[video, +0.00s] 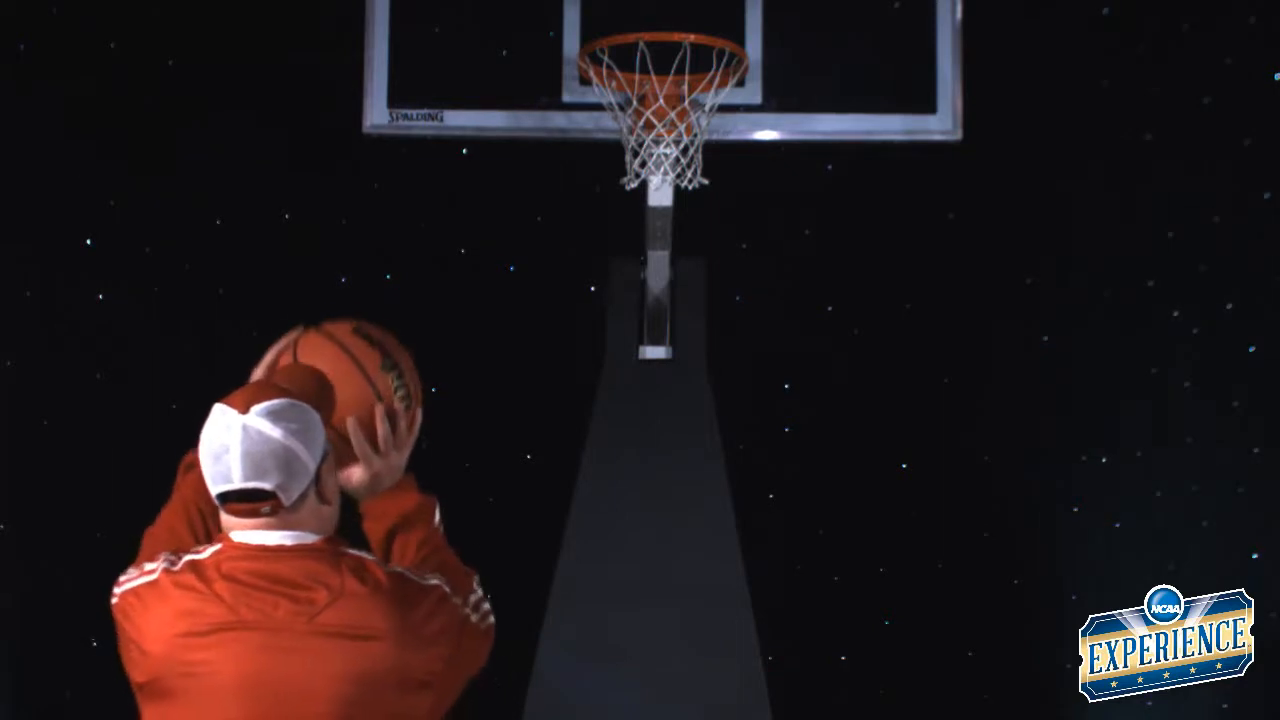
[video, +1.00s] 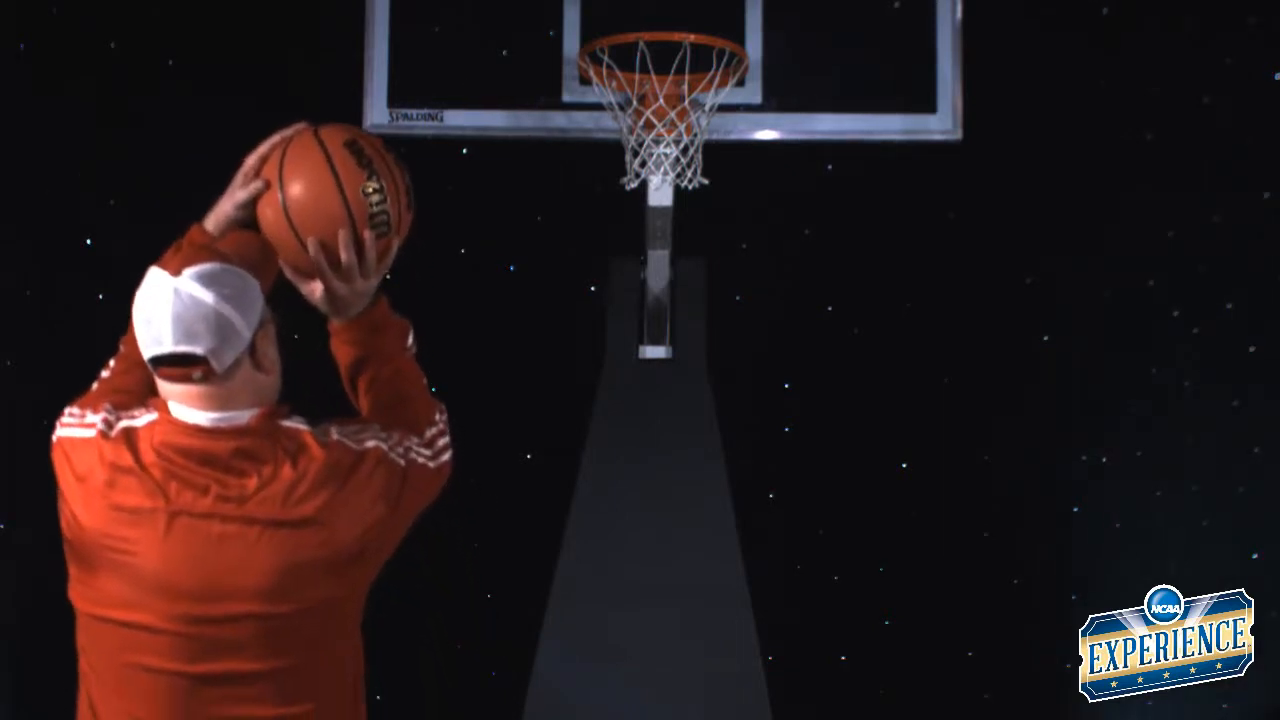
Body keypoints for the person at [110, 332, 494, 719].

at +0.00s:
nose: (337, 469)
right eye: (330, 461)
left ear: (213, 485)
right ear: (323, 485)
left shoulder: (150, 610)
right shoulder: (402, 618)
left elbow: (193, 503)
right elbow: (469, 614)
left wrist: (241, 416)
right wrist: (391, 497)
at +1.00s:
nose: (275, 335)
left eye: (268, 323)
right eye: (268, 327)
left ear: (152, 350)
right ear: (259, 352)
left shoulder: (89, 469)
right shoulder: (340, 485)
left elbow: (141, 342)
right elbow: (423, 443)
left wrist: (211, 233)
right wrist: (362, 323)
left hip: (116, 710)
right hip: (303, 708)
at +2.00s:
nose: (212, 225)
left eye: (206, 213)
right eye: (205, 217)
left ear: (90, 239)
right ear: (191, 242)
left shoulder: (14, 351)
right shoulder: (260, 378)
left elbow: (90, 242)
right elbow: (380, 362)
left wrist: (183, 133)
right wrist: (320, 236)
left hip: (60, 703)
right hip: (243, 703)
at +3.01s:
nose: (139, 220)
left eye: (132, 207)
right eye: (131, 207)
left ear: (22, 236)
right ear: (108, 232)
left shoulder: (2, 327)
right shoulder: (170, 355)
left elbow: (39, 193)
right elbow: (300, 271)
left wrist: (158, 117)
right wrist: (301, 129)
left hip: (19, 697)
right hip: (166, 699)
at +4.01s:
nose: (56, 295)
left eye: (43, 285)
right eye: (44, 288)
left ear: (9, 332)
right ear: (20, 330)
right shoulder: (89, 430)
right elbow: (185, 274)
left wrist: (79, 191)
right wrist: (219, 102)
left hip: (17, 702)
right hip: (125, 702)